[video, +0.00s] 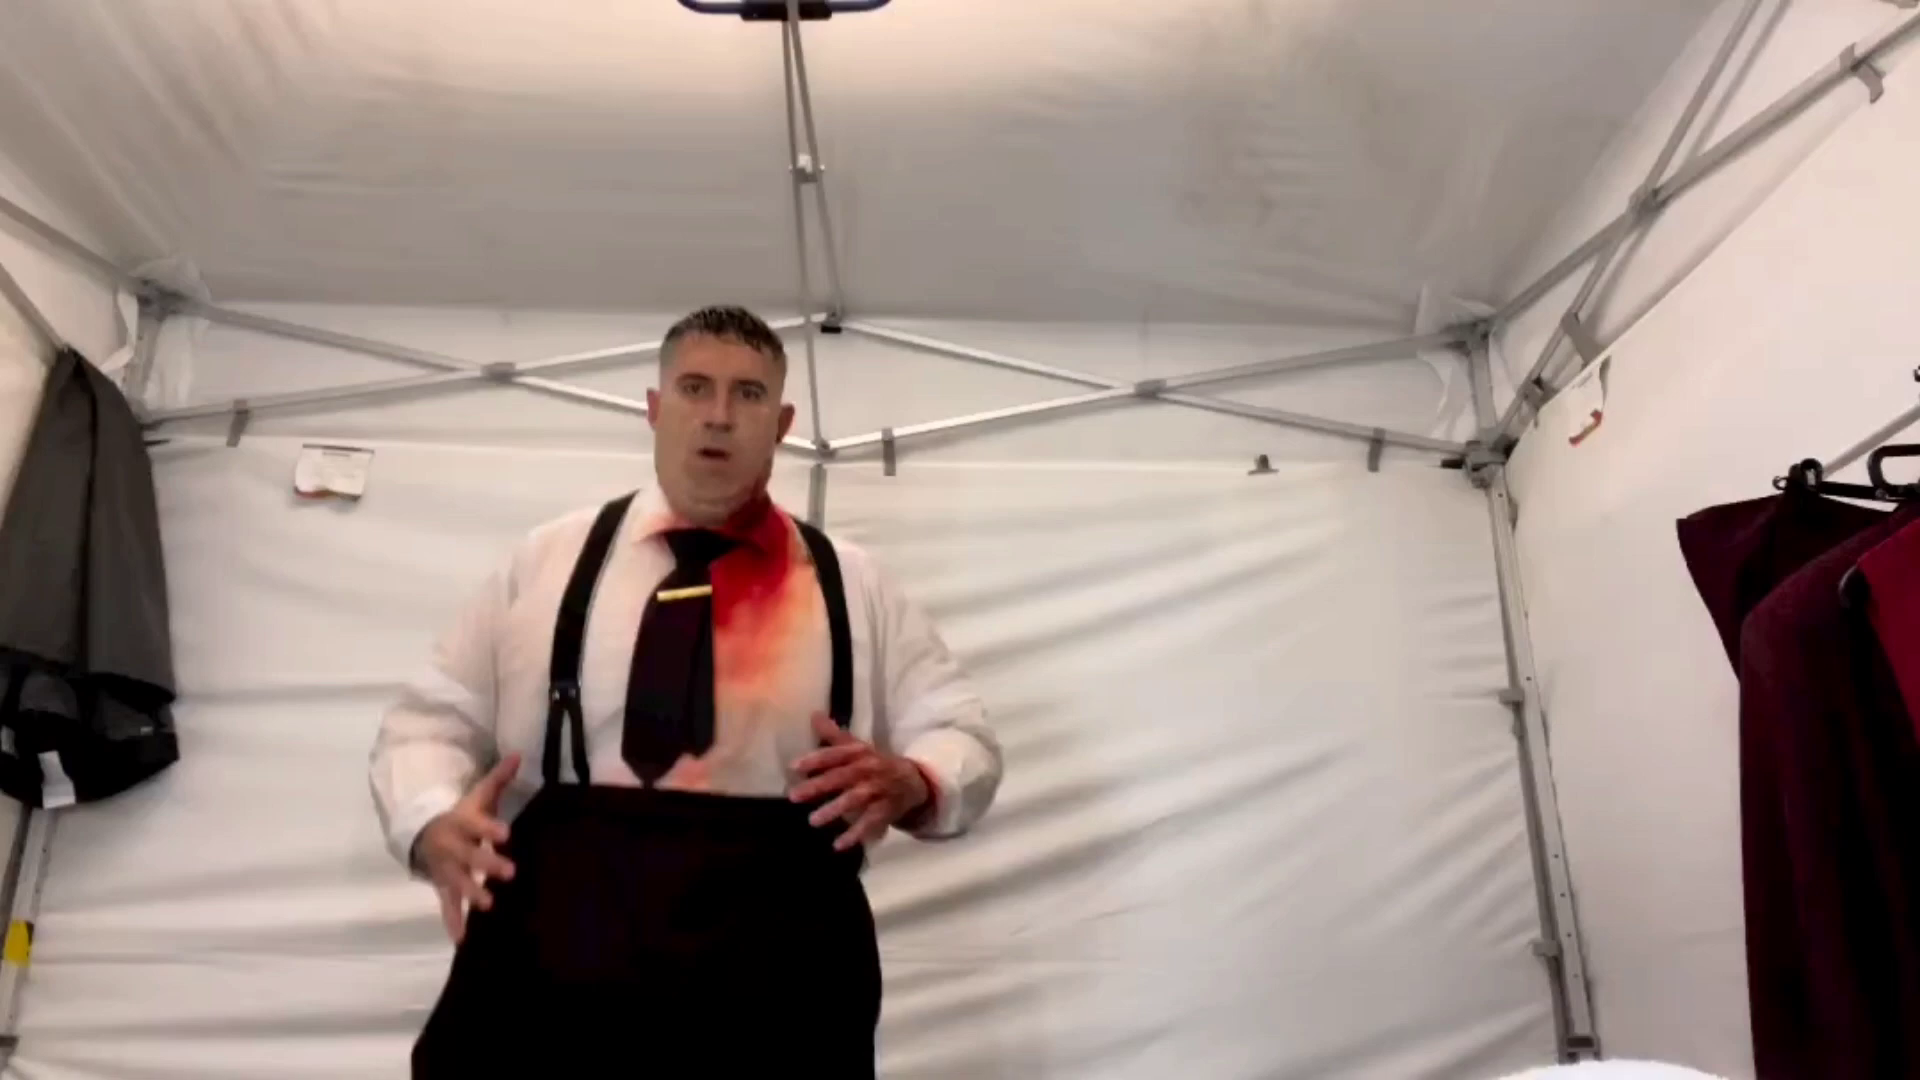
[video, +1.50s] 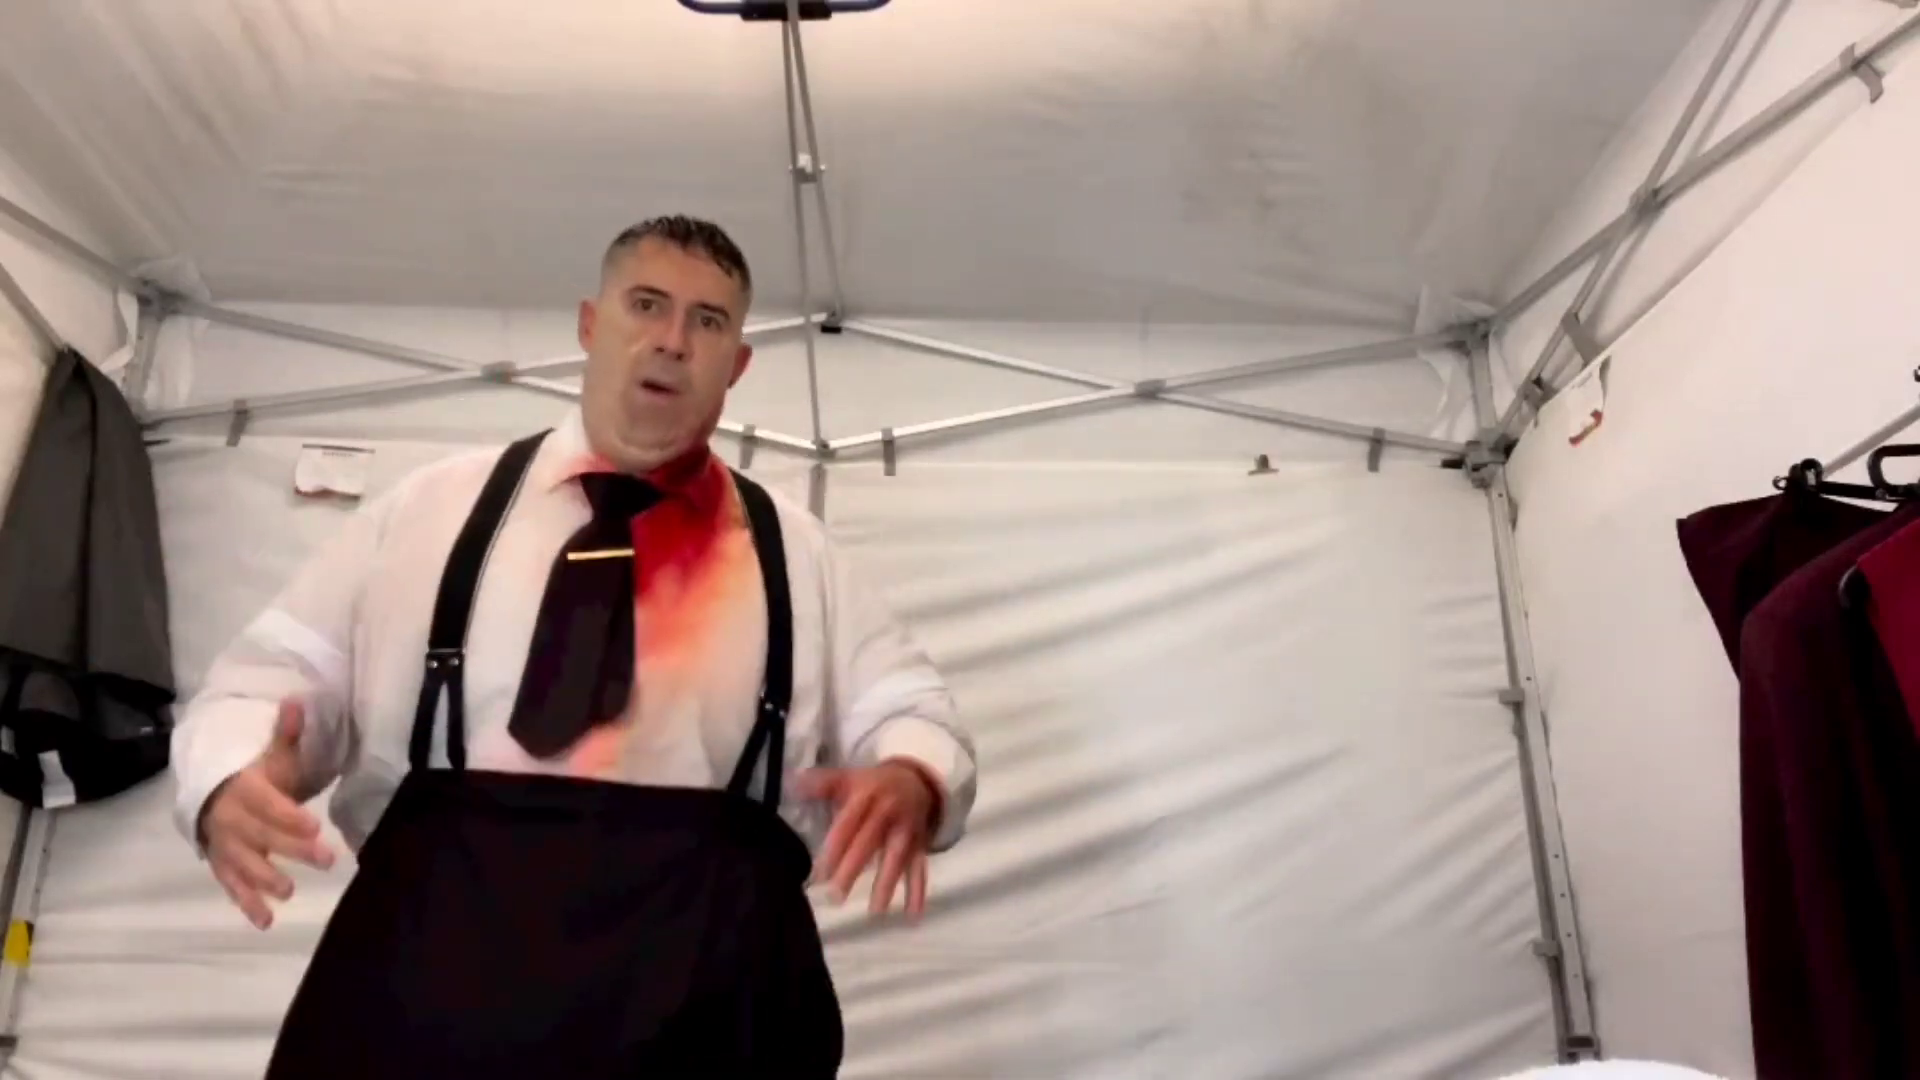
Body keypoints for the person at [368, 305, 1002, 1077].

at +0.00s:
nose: (718, 417)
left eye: (746, 396)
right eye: (696, 391)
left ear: (782, 424)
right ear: (654, 410)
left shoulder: (854, 586)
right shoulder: (549, 564)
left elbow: (963, 738)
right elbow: (430, 720)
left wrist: (914, 780)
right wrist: (432, 820)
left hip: (774, 943)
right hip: (565, 930)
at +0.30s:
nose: (673, 452)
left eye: (701, 434)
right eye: (649, 428)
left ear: (731, 465)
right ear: (604, 448)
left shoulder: (796, 628)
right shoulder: (483, 606)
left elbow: (890, 777)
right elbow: (333, 757)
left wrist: (866, 821)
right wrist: (385, 847)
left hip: (726, 975)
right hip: (515, 969)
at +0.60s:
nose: (715, 398)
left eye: (744, 380)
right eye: (692, 371)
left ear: (774, 413)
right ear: (645, 390)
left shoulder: (844, 568)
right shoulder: (533, 542)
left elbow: (972, 749)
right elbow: (364, 709)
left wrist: (939, 701)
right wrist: (462, 710)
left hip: (772, 927)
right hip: (556, 916)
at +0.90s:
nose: (683, 342)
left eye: (714, 323)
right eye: (657, 316)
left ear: (751, 359)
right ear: (608, 340)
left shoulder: (824, 528)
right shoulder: (480, 498)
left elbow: (955, 651)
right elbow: (343, 631)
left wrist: (1087, 620)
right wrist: (203, 630)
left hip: (731, 886)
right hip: (503, 875)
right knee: (428, 1072)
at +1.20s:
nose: (578, 339)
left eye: (611, 318)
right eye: (553, 311)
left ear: (651, 358)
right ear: (505, 340)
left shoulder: (731, 529)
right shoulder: (376, 517)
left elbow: (852, 710)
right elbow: (221, 714)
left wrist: (784, 716)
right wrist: (377, 649)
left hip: (657, 913)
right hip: (419, 908)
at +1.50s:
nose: (672, 341)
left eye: (706, 322)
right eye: (645, 306)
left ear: (738, 366)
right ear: (588, 328)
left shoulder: (796, 551)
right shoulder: (436, 506)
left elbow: (904, 706)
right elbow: (279, 674)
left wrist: (912, 775)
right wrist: (226, 779)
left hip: (697, 935)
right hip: (448, 922)